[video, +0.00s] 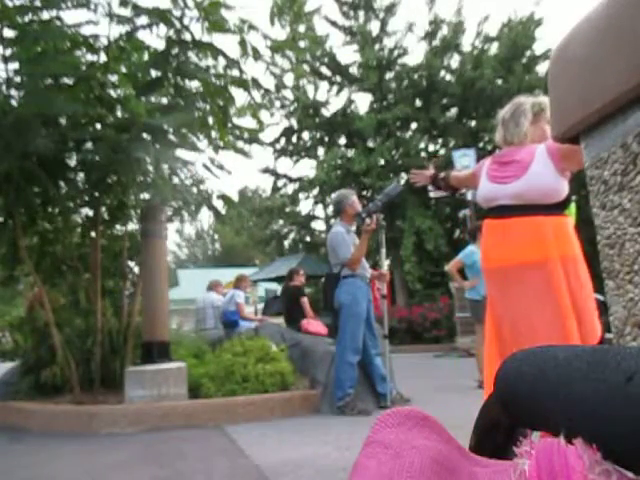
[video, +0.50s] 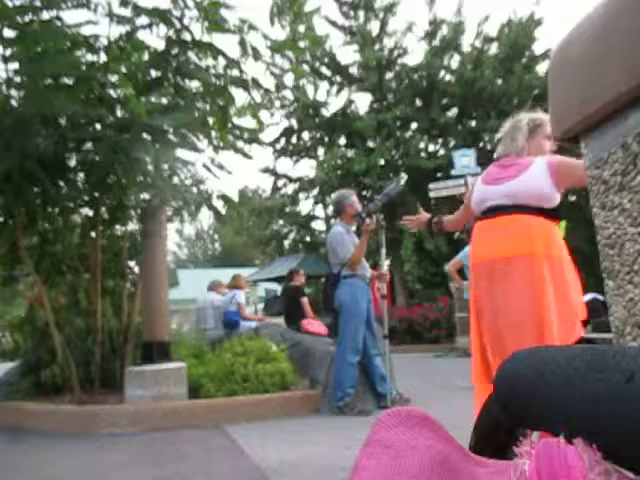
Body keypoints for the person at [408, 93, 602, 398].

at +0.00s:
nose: (550, 129)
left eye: (549, 122)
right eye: (546, 122)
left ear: (509, 128)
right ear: (530, 124)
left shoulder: (487, 165)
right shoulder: (552, 152)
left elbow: (460, 179)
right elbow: (595, 151)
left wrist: (435, 177)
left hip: (498, 243)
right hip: (545, 241)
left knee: (508, 326)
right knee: (555, 321)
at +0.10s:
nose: (550, 129)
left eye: (550, 122)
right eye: (546, 122)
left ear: (510, 128)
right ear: (530, 125)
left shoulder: (487, 165)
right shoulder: (552, 152)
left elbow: (458, 182)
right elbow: (596, 150)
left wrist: (432, 182)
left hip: (497, 239)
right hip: (544, 238)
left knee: (506, 322)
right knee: (553, 317)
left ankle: (511, 405)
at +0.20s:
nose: (552, 131)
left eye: (551, 124)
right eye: (547, 124)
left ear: (511, 129)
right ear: (530, 126)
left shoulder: (489, 165)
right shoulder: (552, 152)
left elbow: (459, 186)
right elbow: (597, 149)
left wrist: (427, 188)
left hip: (494, 242)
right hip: (541, 241)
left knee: (505, 327)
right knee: (551, 322)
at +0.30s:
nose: (552, 133)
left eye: (552, 125)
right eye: (547, 125)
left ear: (512, 130)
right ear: (530, 127)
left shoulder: (489, 166)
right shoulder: (551, 153)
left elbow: (461, 191)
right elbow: (595, 150)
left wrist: (423, 195)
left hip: (493, 238)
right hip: (538, 238)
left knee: (501, 325)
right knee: (548, 319)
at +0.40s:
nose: (553, 138)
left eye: (552, 131)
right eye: (547, 131)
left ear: (510, 136)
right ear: (531, 132)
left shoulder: (489, 171)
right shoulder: (551, 157)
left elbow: (457, 207)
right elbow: (599, 155)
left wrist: (425, 208)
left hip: (488, 242)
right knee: (544, 322)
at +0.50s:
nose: (553, 144)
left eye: (551, 138)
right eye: (547, 138)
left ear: (511, 142)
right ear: (527, 140)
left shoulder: (483, 179)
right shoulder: (547, 166)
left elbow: (457, 220)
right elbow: (596, 171)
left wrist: (429, 222)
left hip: (485, 245)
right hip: (531, 240)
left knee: (495, 334)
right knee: (542, 324)